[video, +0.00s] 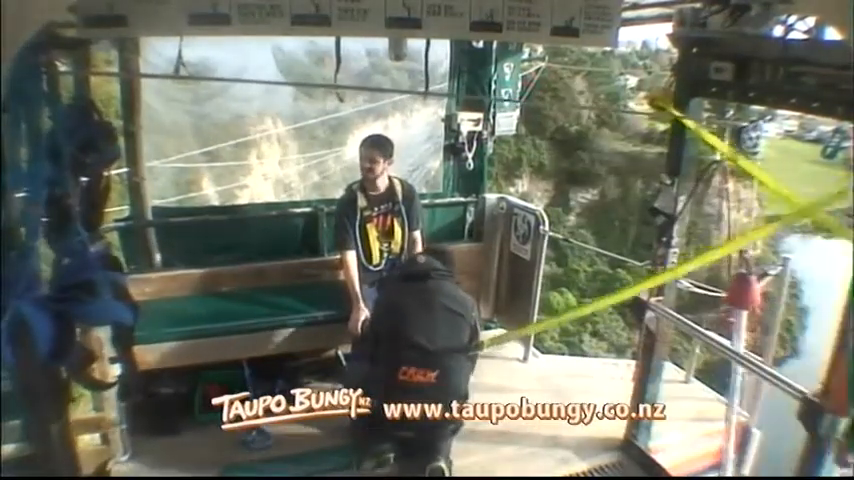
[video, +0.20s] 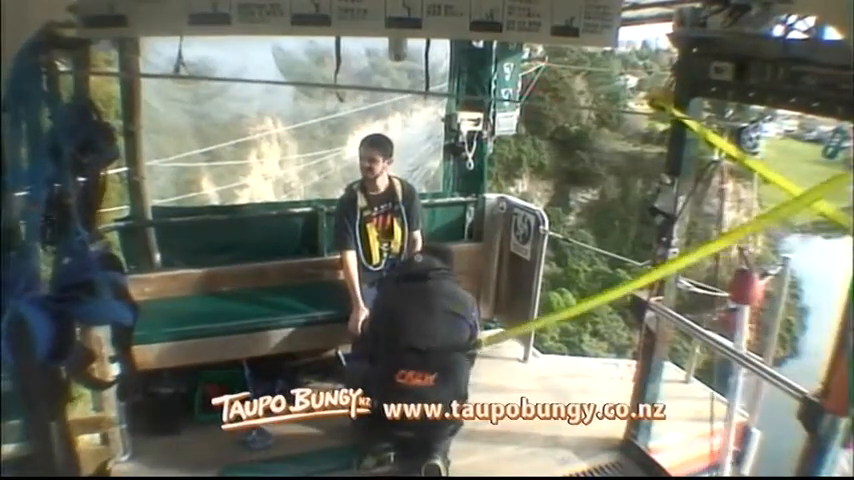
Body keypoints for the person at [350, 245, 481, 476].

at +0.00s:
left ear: (409, 267)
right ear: (449, 271)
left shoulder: (390, 293)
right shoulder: (465, 301)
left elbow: (369, 345)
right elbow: (472, 352)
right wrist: (460, 381)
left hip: (392, 394)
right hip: (446, 397)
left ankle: (378, 445)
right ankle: (439, 458)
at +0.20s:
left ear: (411, 264)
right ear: (448, 268)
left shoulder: (388, 293)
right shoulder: (465, 299)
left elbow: (367, 345)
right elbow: (470, 349)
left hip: (391, 397)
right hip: (445, 398)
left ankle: (379, 445)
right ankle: (438, 455)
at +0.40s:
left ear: (416, 262)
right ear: (446, 269)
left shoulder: (388, 294)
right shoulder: (461, 303)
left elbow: (365, 346)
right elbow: (467, 355)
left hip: (388, 404)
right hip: (440, 407)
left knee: (354, 370)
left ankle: (377, 445)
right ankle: (437, 455)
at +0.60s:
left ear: (412, 264)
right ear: (443, 270)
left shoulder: (384, 296)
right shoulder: (458, 306)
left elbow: (365, 347)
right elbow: (462, 354)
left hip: (386, 406)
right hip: (436, 409)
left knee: (354, 370)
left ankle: (376, 446)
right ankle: (436, 455)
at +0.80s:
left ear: (411, 267)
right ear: (441, 273)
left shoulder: (382, 299)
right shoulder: (455, 306)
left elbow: (364, 349)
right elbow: (462, 355)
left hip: (384, 414)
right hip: (435, 419)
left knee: (353, 370)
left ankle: (376, 448)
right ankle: (436, 457)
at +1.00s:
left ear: (410, 269)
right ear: (440, 274)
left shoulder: (380, 301)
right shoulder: (453, 306)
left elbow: (364, 351)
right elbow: (462, 356)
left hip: (384, 416)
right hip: (436, 421)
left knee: (353, 370)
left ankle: (376, 449)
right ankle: (437, 458)